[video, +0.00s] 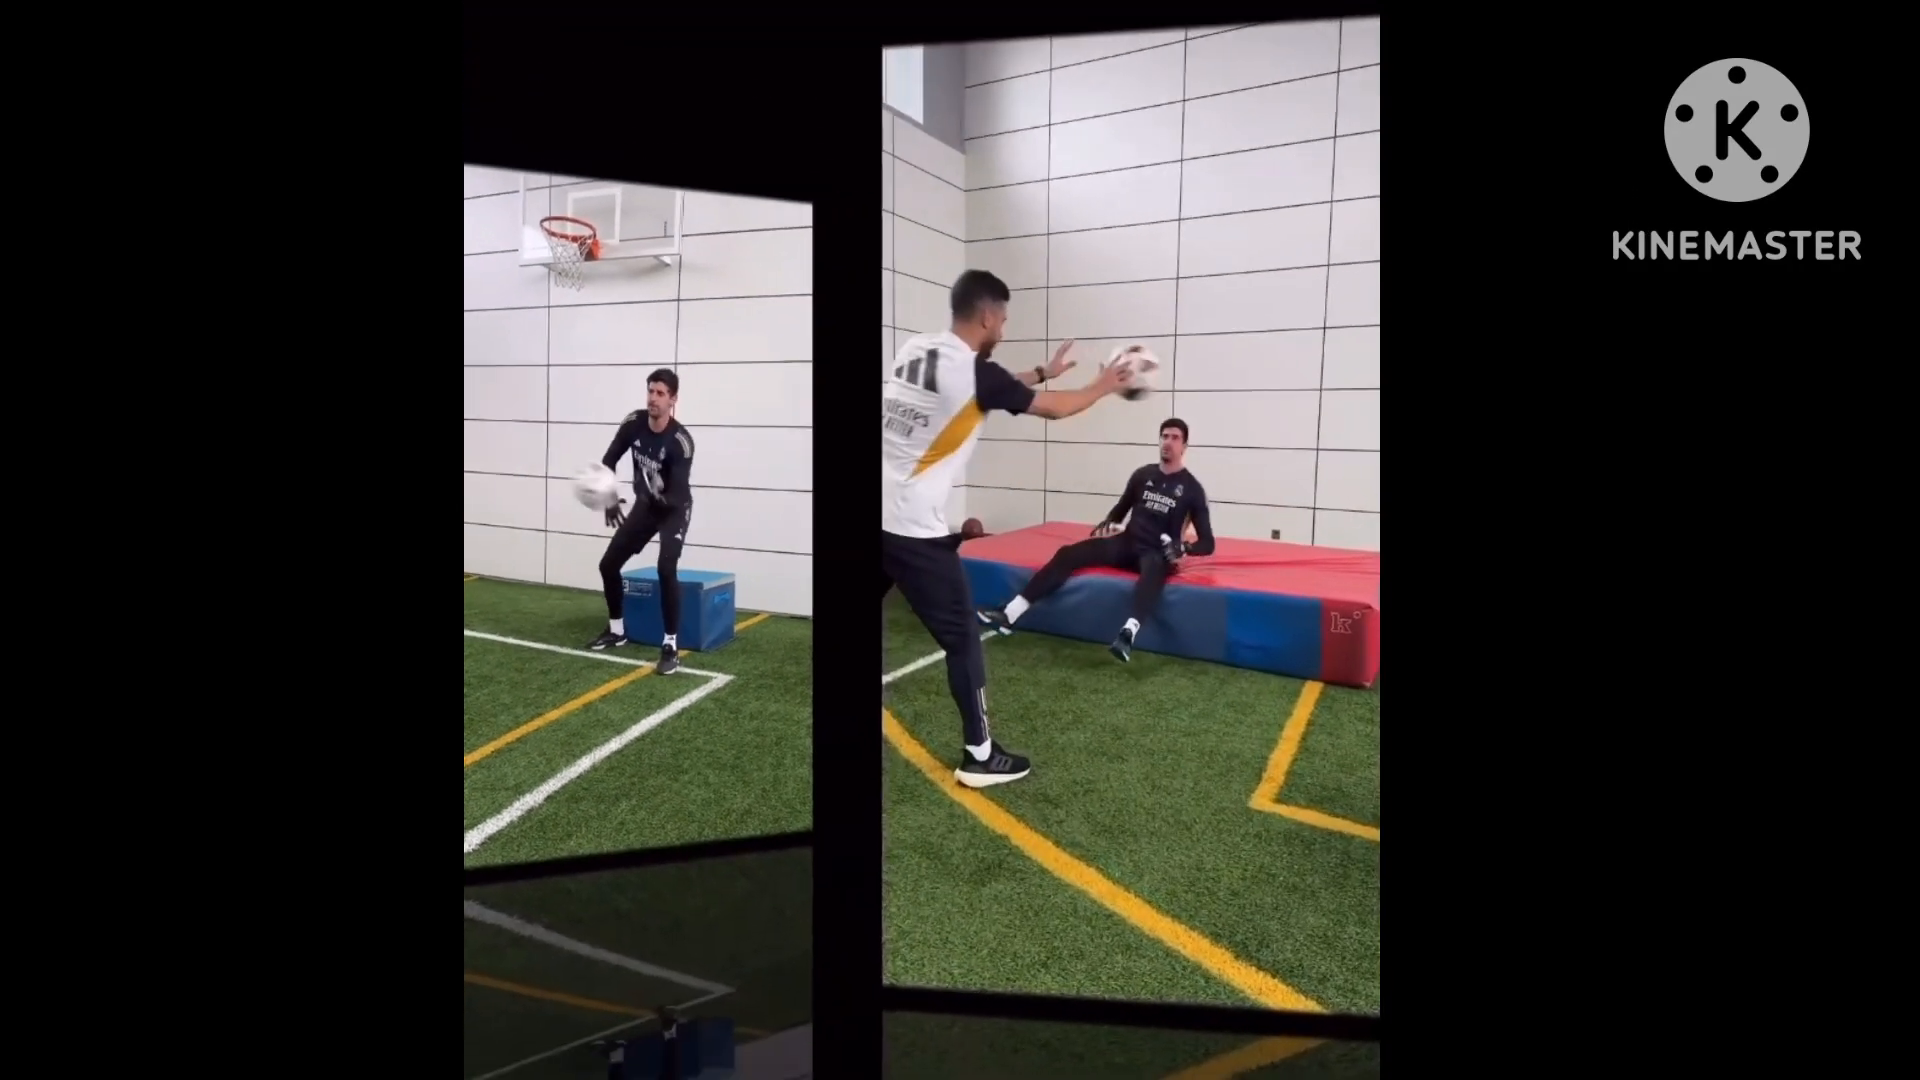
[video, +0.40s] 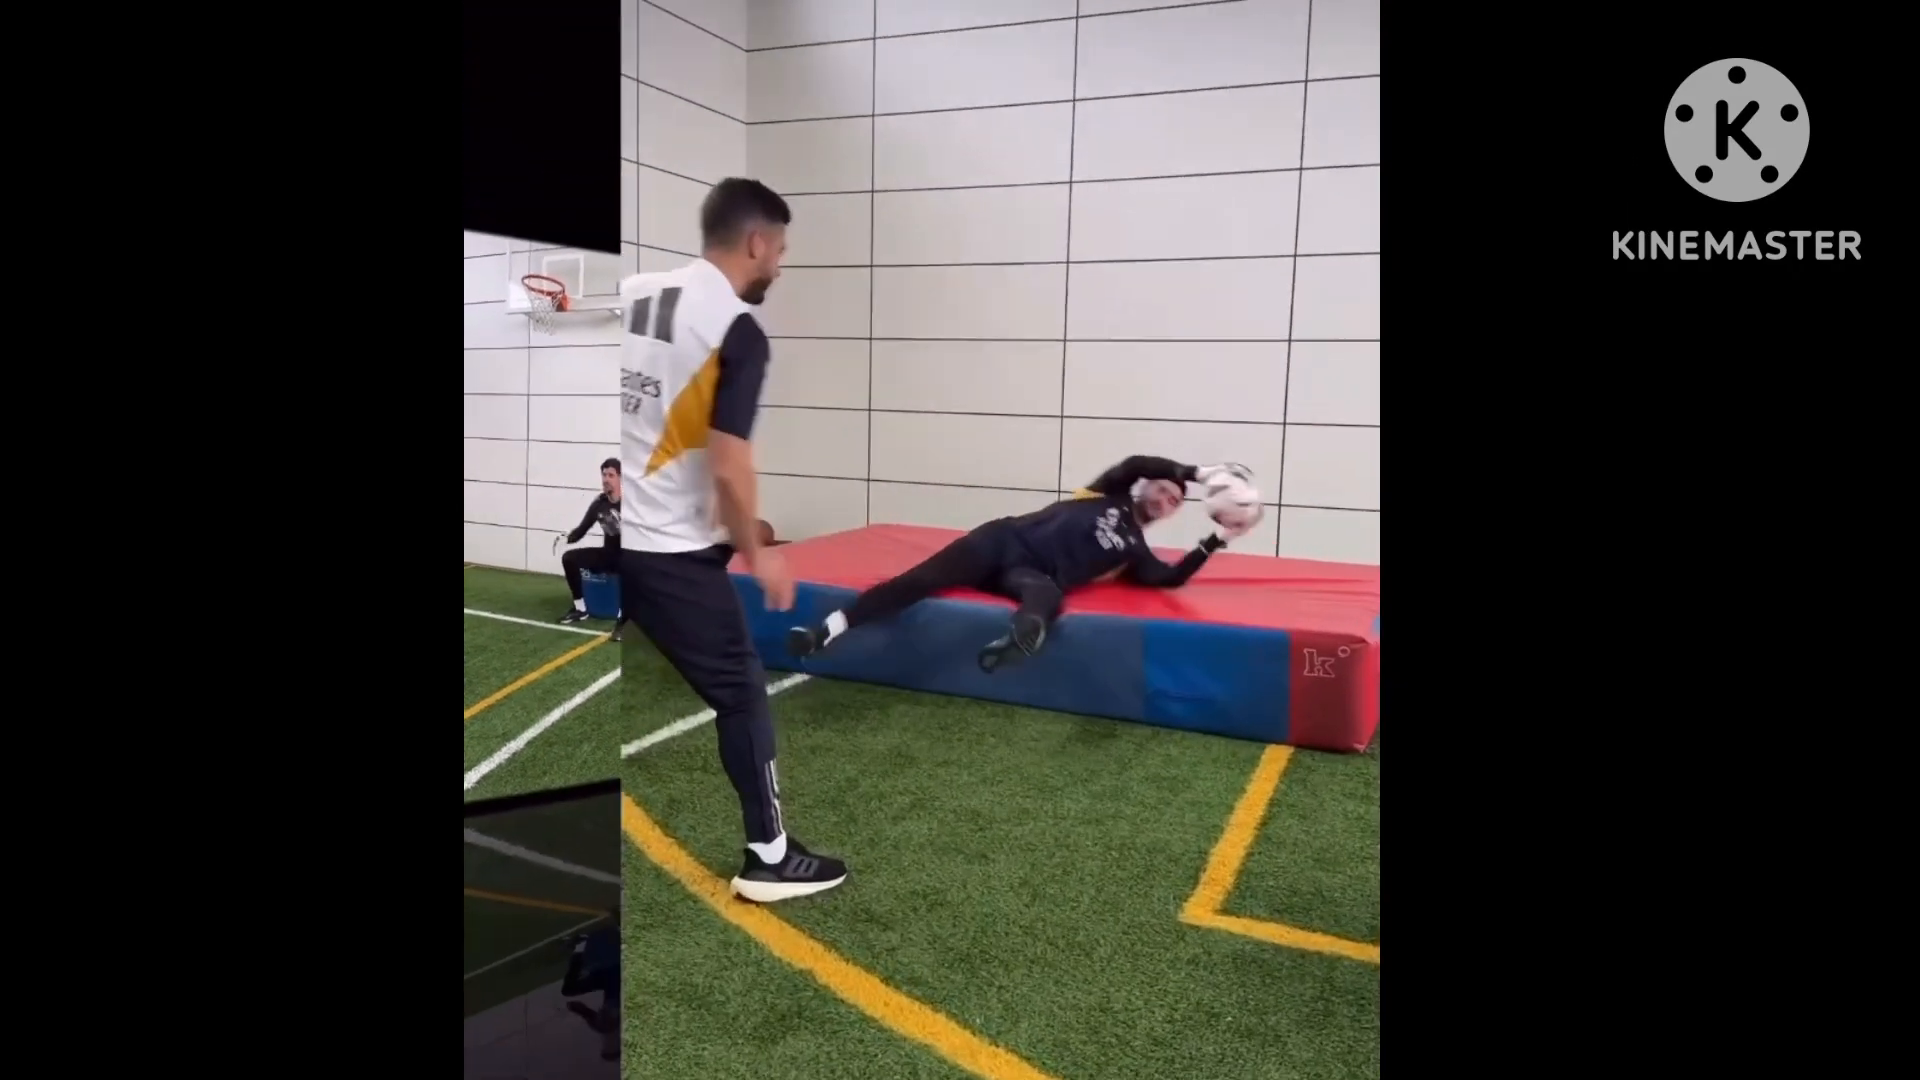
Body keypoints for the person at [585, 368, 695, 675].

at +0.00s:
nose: (653, 398)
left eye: (660, 393)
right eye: (650, 391)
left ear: (673, 399)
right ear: (646, 394)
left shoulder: (680, 442)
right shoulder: (635, 423)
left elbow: (677, 500)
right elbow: (609, 461)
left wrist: (658, 496)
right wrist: (608, 497)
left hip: (675, 510)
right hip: (645, 505)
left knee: (666, 570)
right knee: (608, 565)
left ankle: (669, 647)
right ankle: (616, 632)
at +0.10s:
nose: (636, 424)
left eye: (643, 420)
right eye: (634, 419)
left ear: (655, 425)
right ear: (630, 421)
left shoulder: (663, 455)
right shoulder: (622, 445)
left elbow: (654, 495)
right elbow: (596, 480)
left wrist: (625, 468)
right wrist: (593, 507)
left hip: (664, 518)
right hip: (637, 517)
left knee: (653, 567)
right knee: (593, 564)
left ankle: (656, 639)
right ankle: (605, 626)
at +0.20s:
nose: (622, 449)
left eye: (628, 444)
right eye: (620, 443)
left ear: (639, 447)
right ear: (616, 445)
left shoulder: (648, 471)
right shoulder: (612, 471)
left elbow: (644, 503)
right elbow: (587, 499)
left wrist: (619, 481)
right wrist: (582, 517)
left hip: (654, 530)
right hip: (627, 530)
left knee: (643, 564)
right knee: (582, 563)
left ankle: (643, 632)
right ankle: (596, 619)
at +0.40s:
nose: (606, 479)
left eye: (610, 475)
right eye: (603, 475)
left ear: (620, 478)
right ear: (601, 478)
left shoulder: (631, 501)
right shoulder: (600, 503)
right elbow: (584, 527)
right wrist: (569, 538)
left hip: (630, 556)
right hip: (608, 554)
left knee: (631, 571)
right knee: (570, 558)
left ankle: (622, 621)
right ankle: (580, 608)